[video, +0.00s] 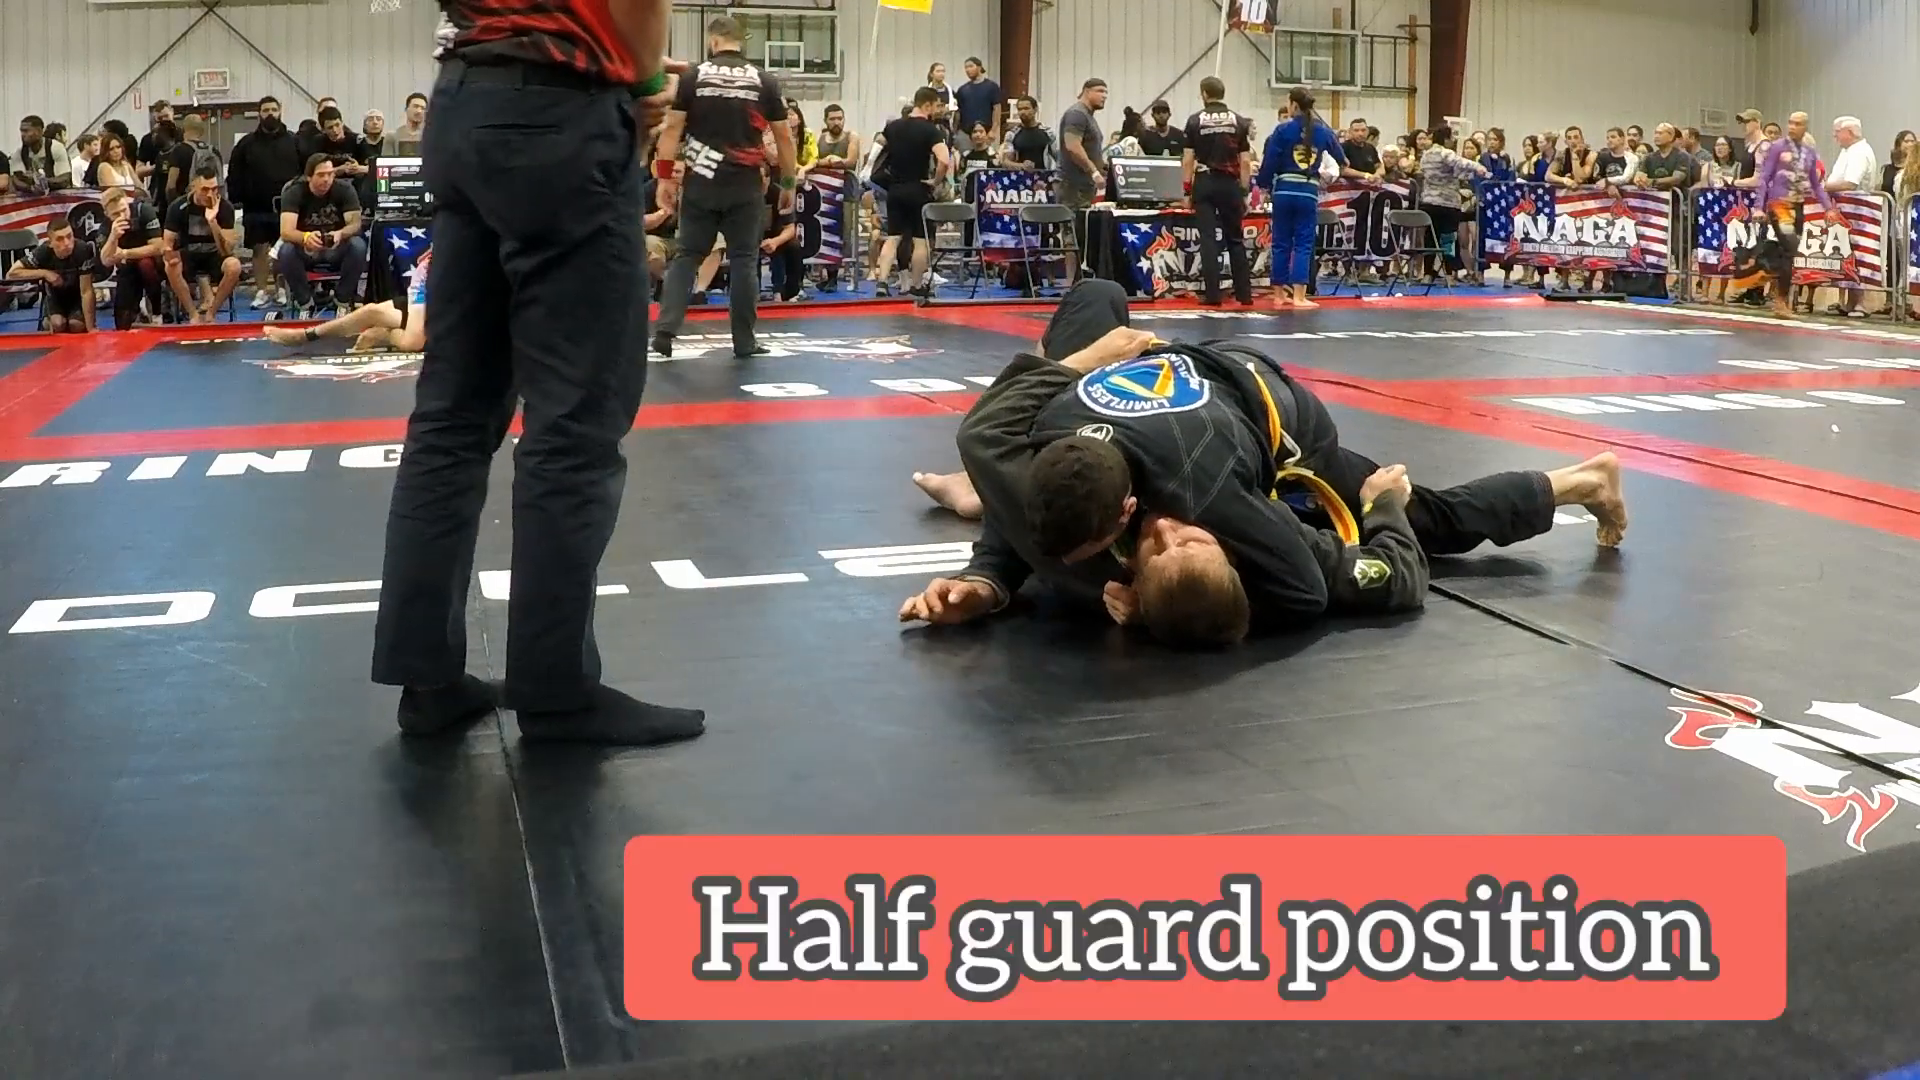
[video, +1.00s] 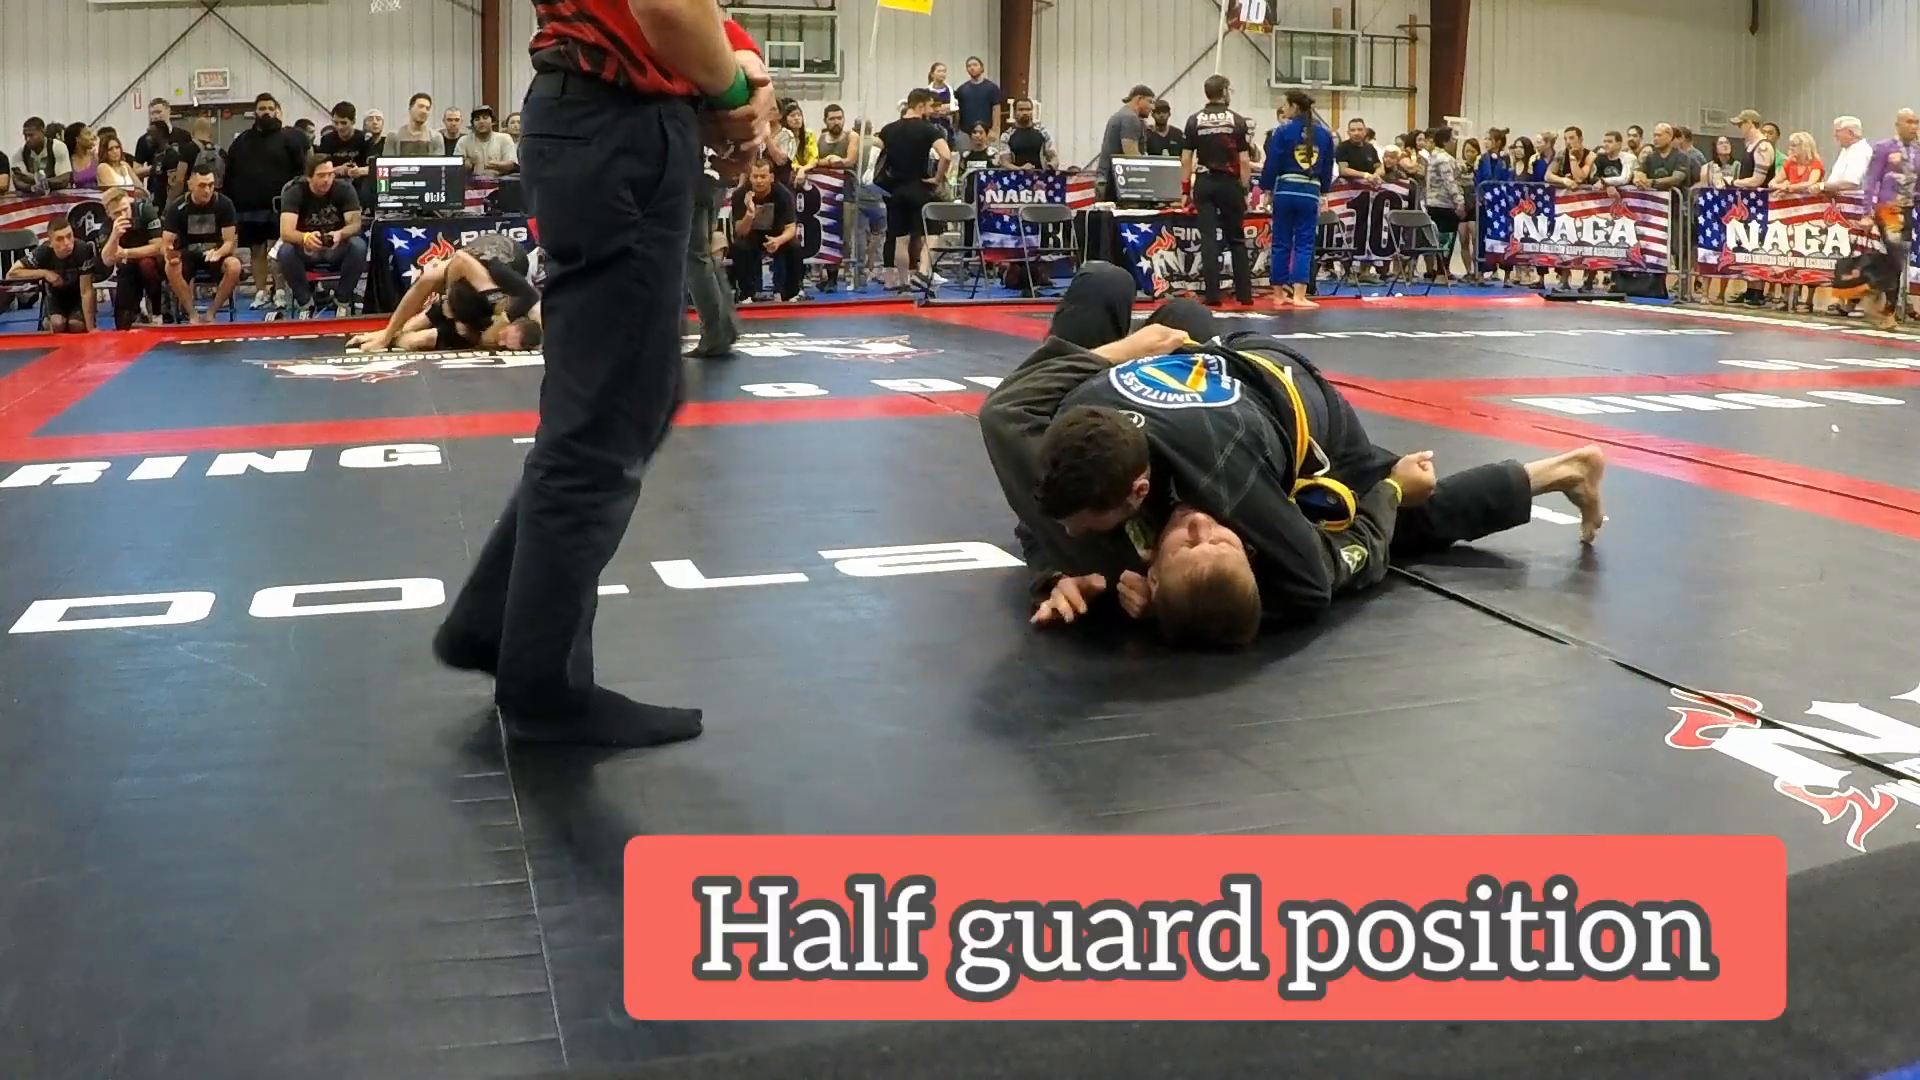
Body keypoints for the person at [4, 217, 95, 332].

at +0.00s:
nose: (67, 243)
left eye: (69, 237)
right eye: (60, 239)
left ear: (73, 235)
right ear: (50, 241)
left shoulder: (83, 249)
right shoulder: (44, 251)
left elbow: (86, 290)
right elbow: (12, 274)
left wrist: (91, 328)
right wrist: (44, 273)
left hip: (77, 292)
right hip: (55, 293)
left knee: (76, 325)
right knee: (58, 324)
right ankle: (46, 323)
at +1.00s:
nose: (67, 243)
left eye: (69, 237)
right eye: (60, 239)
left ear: (73, 234)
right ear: (50, 241)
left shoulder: (83, 250)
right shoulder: (44, 251)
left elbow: (86, 291)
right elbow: (12, 273)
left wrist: (91, 328)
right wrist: (44, 273)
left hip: (78, 291)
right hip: (55, 292)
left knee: (76, 324)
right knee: (58, 323)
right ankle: (46, 323)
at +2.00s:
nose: (67, 243)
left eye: (69, 237)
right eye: (60, 239)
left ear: (73, 235)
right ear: (50, 241)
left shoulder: (83, 250)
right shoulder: (44, 251)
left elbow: (86, 291)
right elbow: (12, 274)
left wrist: (91, 327)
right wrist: (44, 273)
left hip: (78, 293)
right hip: (55, 294)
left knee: (76, 324)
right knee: (58, 323)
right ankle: (46, 323)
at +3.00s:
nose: (67, 243)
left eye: (69, 236)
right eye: (60, 239)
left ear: (73, 235)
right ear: (50, 241)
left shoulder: (83, 249)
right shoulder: (43, 251)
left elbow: (86, 290)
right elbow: (12, 274)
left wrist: (91, 328)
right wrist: (44, 273)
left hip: (78, 291)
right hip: (55, 292)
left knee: (76, 324)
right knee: (58, 323)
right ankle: (46, 323)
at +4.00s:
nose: (67, 243)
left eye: (69, 237)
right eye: (60, 239)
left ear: (73, 235)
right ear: (50, 240)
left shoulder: (83, 249)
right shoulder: (44, 251)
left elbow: (86, 290)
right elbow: (12, 273)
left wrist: (91, 328)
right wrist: (44, 273)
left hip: (78, 292)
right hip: (55, 292)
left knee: (76, 324)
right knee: (57, 323)